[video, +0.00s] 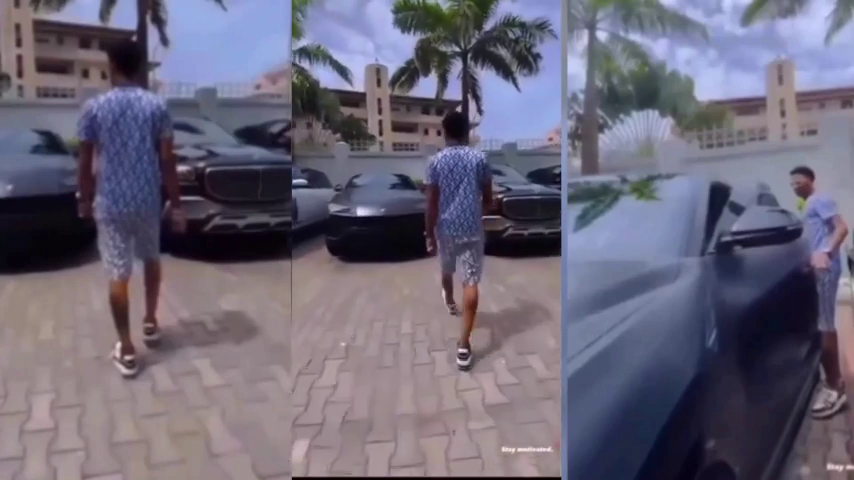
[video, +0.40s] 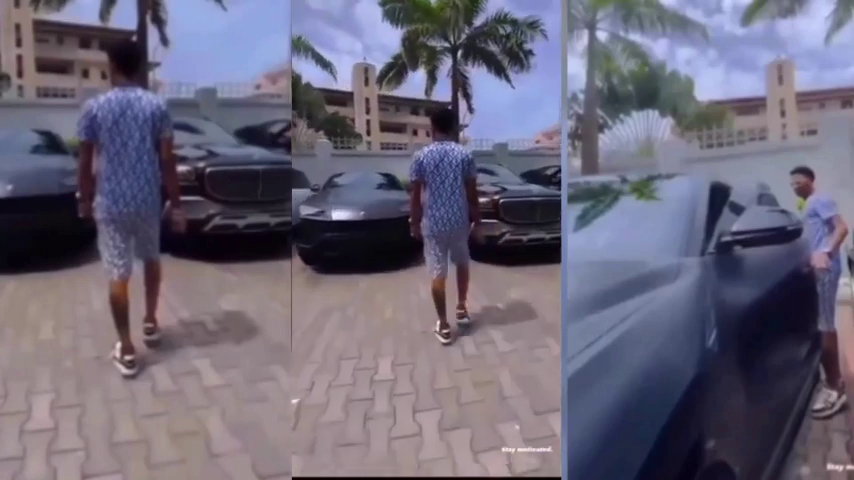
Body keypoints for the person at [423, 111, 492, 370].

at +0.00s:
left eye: (446, 130)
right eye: (465, 130)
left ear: (444, 132)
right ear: (467, 132)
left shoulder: (436, 161)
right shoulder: (479, 158)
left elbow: (432, 202)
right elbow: (488, 196)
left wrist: (429, 233)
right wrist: (479, 211)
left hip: (446, 227)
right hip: (472, 227)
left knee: (447, 268)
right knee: (471, 282)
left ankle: (450, 301)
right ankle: (464, 344)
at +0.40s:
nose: (432, 131)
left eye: (432, 127)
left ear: (432, 128)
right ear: (454, 128)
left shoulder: (422, 156)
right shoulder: (463, 154)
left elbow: (415, 194)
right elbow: (472, 191)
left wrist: (414, 223)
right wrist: (476, 219)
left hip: (433, 221)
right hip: (459, 220)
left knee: (437, 272)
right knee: (462, 263)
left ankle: (442, 324)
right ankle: (462, 306)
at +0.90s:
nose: (411, 132)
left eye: (411, 129)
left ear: (412, 130)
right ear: (431, 130)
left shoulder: (400, 156)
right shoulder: (440, 158)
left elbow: (393, 193)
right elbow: (446, 196)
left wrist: (392, 224)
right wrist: (448, 226)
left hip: (407, 222)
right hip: (433, 223)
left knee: (404, 266)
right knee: (432, 271)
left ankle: (411, 307)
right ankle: (426, 316)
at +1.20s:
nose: (382, 138)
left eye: (382, 134)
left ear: (383, 135)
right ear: (402, 135)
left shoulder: (375, 161)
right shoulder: (414, 160)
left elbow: (370, 199)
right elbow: (424, 193)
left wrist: (371, 230)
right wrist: (422, 217)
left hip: (386, 226)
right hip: (411, 226)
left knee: (387, 268)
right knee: (410, 277)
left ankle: (390, 300)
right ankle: (406, 334)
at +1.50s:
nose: (349, 133)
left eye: (345, 129)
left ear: (345, 130)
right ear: (366, 129)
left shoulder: (337, 156)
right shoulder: (378, 155)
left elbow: (335, 196)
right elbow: (389, 192)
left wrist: (334, 228)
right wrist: (394, 220)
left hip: (351, 224)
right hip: (378, 222)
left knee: (357, 271)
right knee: (387, 266)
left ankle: (365, 313)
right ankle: (384, 304)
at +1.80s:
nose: (330, 137)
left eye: (325, 132)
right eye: (339, 133)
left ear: (321, 133)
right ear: (343, 133)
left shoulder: (309, 157)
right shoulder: (352, 158)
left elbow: (300, 192)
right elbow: (360, 195)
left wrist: (301, 222)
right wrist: (369, 225)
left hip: (320, 223)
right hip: (348, 221)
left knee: (329, 275)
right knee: (354, 261)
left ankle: (339, 331)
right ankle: (356, 297)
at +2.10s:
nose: (315, 139)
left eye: (312, 134)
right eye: (324, 135)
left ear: (309, 134)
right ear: (329, 136)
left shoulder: (296, 159)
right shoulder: (336, 162)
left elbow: (293, 191)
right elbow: (345, 195)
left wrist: (294, 214)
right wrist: (349, 221)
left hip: (304, 219)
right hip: (331, 219)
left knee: (303, 267)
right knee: (334, 262)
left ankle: (310, 311)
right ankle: (331, 306)